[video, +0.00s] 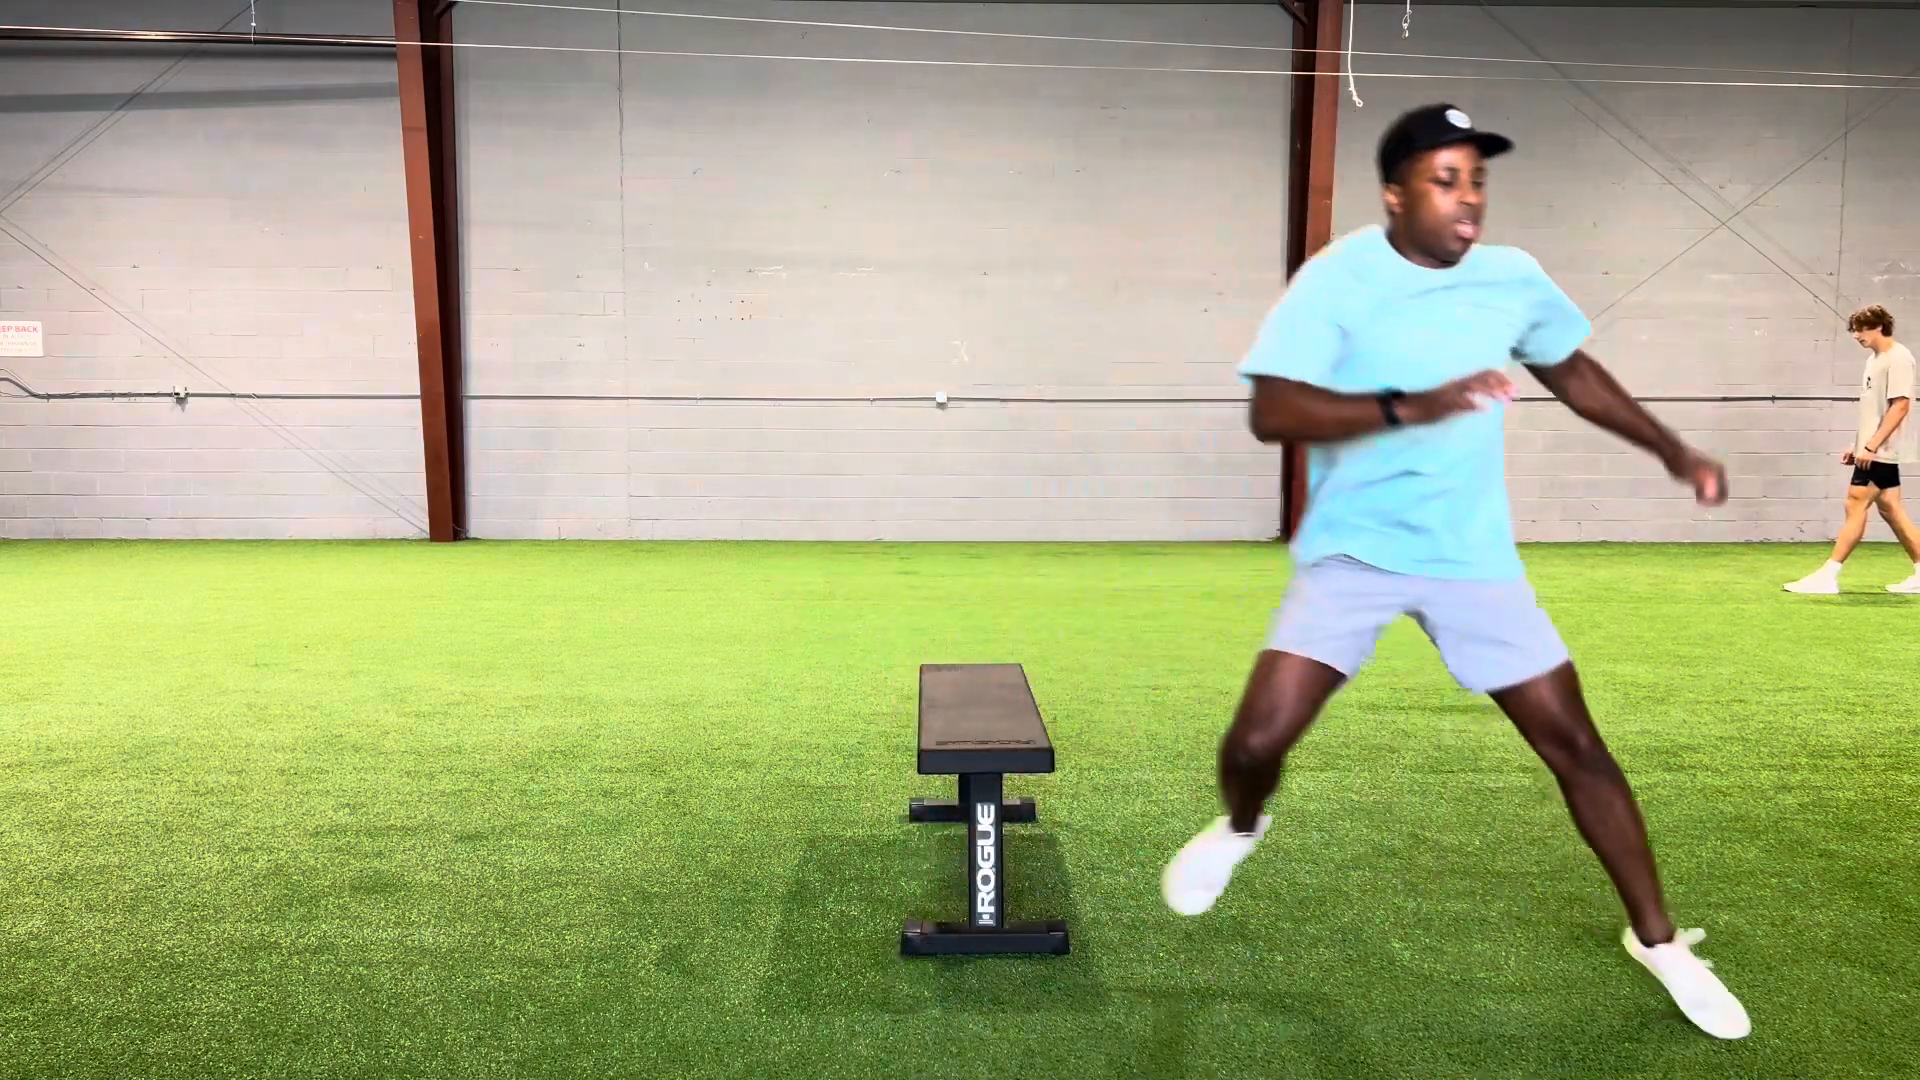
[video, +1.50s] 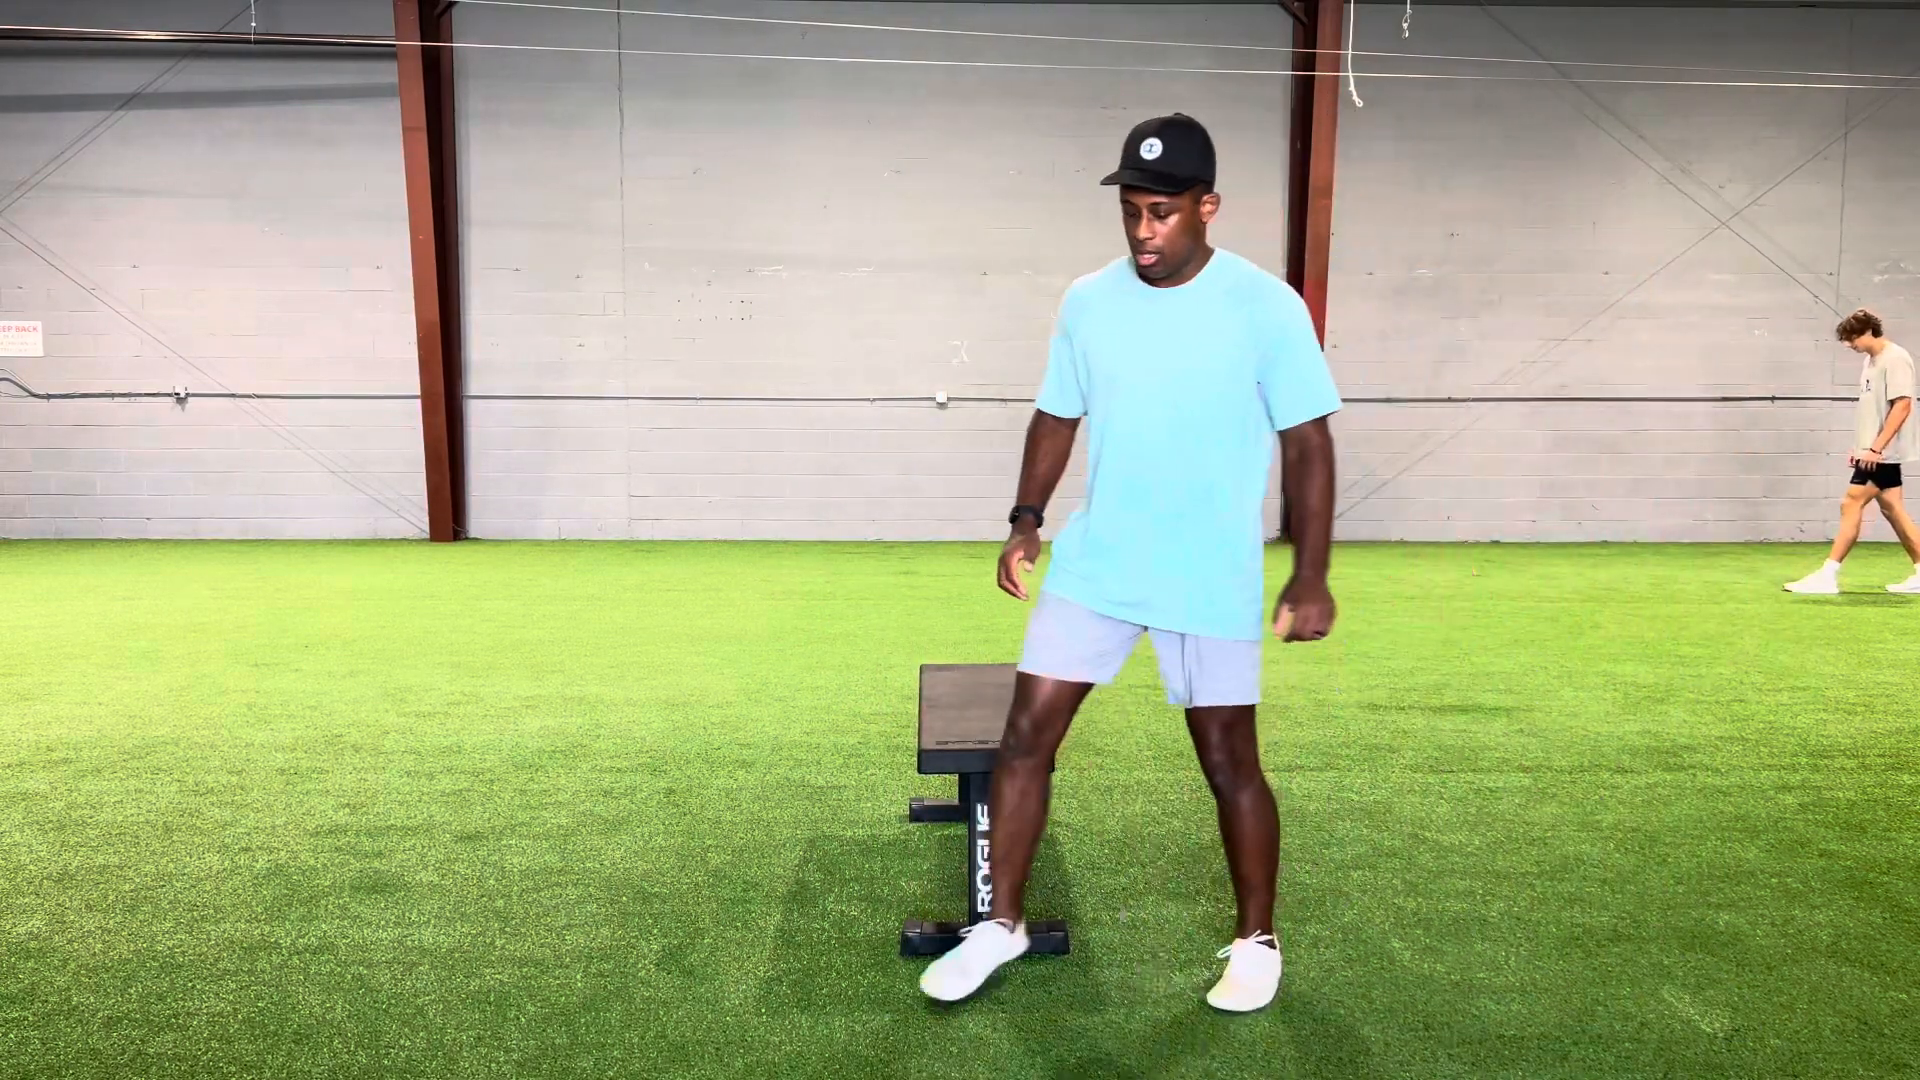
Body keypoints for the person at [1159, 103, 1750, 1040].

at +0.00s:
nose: (1469, 202)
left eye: (1477, 184)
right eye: (1446, 184)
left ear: (1485, 189)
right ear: (1394, 193)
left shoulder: (1513, 280)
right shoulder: (1335, 280)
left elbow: (1575, 373)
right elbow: (1272, 413)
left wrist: (1673, 452)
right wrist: (1407, 407)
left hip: (1476, 563)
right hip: (1348, 556)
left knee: (1577, 744)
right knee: (1254, 740)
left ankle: (1659, 939)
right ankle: (1238, 831)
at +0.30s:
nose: (1697, 302)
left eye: (1704, 282)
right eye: (1674, 283)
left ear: (1711, 290)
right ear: (1615, 298)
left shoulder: (1692, 394)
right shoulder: (1553, 398)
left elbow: (1633, 516)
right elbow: (1548, 559)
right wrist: (1695, 555)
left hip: (1617, 608)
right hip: (1510, 611)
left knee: (1695, 788)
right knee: (1635, 790)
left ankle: (1676, 964)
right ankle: (1565, 847)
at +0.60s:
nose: (1663, 276)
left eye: (1679, 255)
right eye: (1639, 258)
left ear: (1696, 262)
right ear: (1598, 267)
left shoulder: (1714, 379)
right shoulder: (1530, 371)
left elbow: (1711, 510)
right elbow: (1476, 517)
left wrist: (1737, 637)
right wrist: (1570, 630)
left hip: (1632, 605)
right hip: (1510, 593)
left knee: (1703, 792)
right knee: (1505, 786)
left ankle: (1676, 963)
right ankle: (1452, 862)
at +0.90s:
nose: (1396, 228)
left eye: (1414, 208)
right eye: (1386, 210)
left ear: (1465, 207)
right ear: (1375, 215)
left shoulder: (1539, 311)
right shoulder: (1337, 326)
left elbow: (1587, 437)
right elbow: (1288, 438)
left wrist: (1577, 526)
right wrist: (1275, 533)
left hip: (1501, 583)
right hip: (1364, 573)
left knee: (1584, 757)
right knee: (1272, 745)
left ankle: (1669, 948)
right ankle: (1219, 934)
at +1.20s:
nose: (1217, 204)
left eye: (1236, 186)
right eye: (1209, 186)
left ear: (1289, 187)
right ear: (1200, 189)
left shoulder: (1363, 289)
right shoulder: (1171, 302)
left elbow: (1419, 414)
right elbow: (1136, 416)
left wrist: (1442, 542)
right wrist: (1105, 514)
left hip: (1325, 565)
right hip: (1212, 566)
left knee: (1315, 752)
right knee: (1200, 746)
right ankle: (1209, 932)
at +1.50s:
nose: (1144, 229)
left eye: (1164, 210)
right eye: (1132, 209)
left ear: (1209, 208)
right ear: (1119, 206)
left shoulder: (1266, 306)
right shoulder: (1089, 302)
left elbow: (1309, 441)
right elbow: (1056, 418)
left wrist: (1309, 575)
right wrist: (1025, 517)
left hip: (1213, 576)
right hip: (1098, 562)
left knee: (1228, 763)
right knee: (1027, 731)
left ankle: (1255, 941)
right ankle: (1001, 923)